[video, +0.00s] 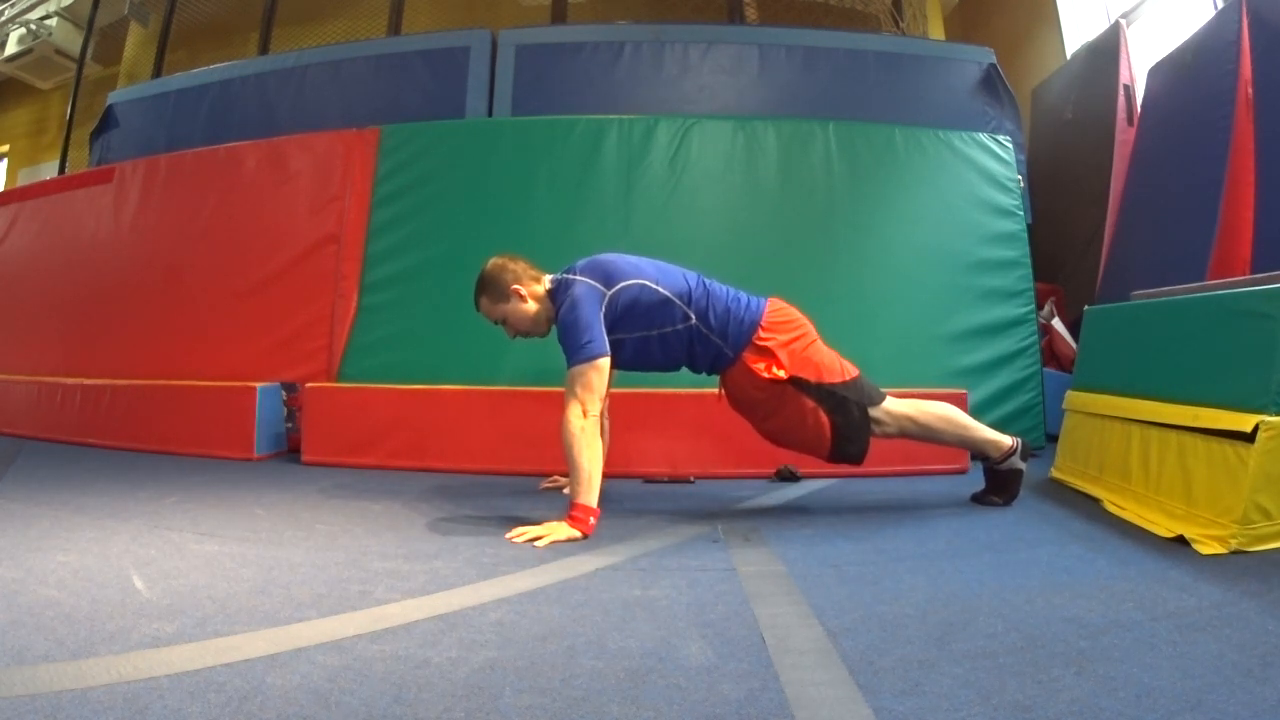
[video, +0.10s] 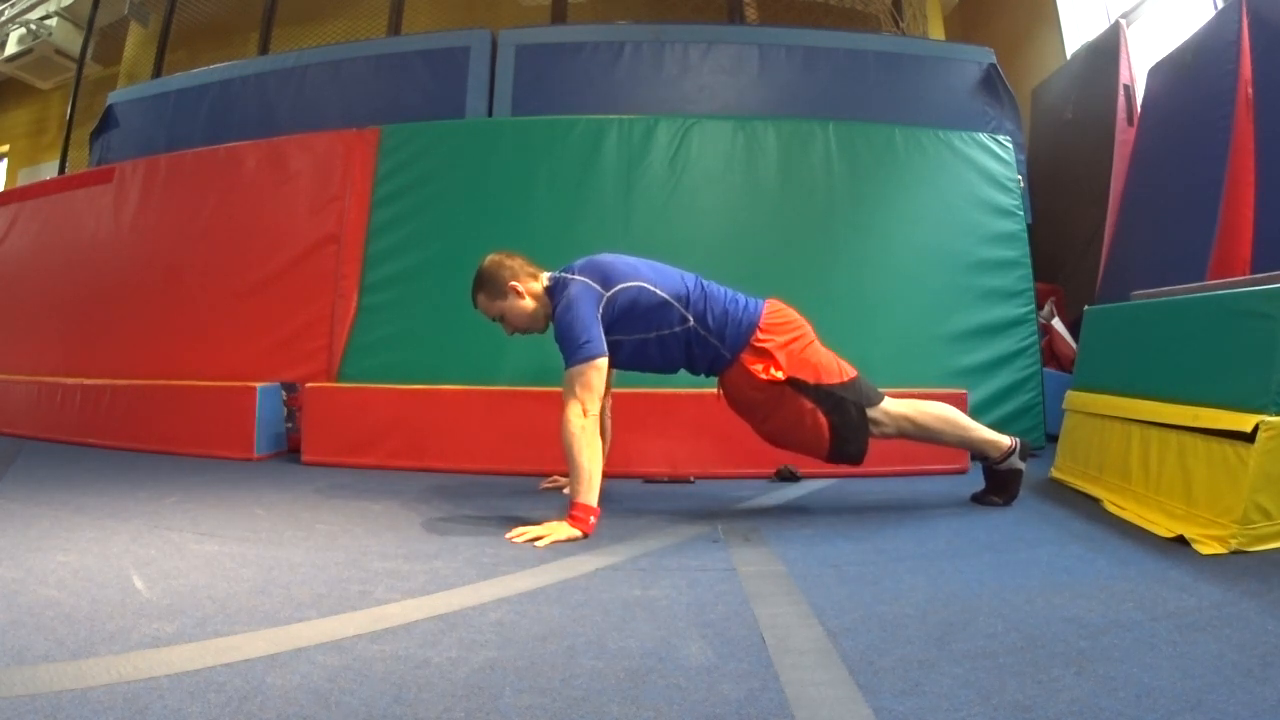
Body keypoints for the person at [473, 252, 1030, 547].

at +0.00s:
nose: (513, 334)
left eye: (507, 323)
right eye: (504, 327)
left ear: (525, 293)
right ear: (527, 288)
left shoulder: (582, 298)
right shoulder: (578, 293)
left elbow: (582, 413)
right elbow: (594, 404)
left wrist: (582, 516)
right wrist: (582, 481)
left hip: (765, 334)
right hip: (739, 364)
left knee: (876, 411)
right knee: (847, 437)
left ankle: (1003, 447)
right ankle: (965, 427)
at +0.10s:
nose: (511, 331)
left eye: (504, 320)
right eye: (501, 324)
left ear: (521, 290)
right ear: (526, 286)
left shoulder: (579, 296)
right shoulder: (576, 294)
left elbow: (580, 412)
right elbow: (596, 403)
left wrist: (582, 516)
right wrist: (586, 477)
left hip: (763, 334)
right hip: (736, 368)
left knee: (874, 412)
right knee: (842, 442)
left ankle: (1003, 447)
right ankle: (965, 429)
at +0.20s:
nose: (498, 334)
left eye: (492, 324)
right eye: (490, 328)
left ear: (509, 296)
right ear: (513, 292)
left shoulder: (565, 307)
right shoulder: (563, 297)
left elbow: (589, 411)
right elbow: (594, 399)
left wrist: (582, 516)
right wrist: (589, 475)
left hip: (753, 347)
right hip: (732, 367)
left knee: (869, 418)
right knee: (841, 430)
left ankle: (998, 447)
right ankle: (957, 420)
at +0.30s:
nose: (480, 365)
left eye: (475, 354)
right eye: (473, 358)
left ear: (491, 325)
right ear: (494, 321)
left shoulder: (545, 332)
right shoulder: (544, 325)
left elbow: (604, 415)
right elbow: (599, 404)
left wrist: (585, 514)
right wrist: (582, 476)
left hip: (738, 366)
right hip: (716, 395)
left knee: (854, 428)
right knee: (814, 462)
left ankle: (991, 446)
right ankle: (964, 441)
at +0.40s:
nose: (460, 406)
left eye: (455, 396)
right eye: (453, 397)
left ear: (473, 372)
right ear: (474, 363)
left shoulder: (528, 372)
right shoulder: (522, 360)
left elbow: (605, 426)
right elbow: (602, 408)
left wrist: (583, 517)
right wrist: (586, 472)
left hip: (722, 395)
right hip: (704, 419)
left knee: (846, 446)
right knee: (809, 486)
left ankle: (987, 447)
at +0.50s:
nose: (453, 444)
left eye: (446, 437)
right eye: (446, 439)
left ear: (461, 417)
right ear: (464, 408)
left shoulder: (522, 406)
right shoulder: (508, 406)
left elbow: (604, 431)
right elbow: (595, 420)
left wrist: (579, 520)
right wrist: (583, 475)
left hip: (711, 422)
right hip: (696, 454)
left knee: (845, 457)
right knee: (804, 497)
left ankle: (979, 447)